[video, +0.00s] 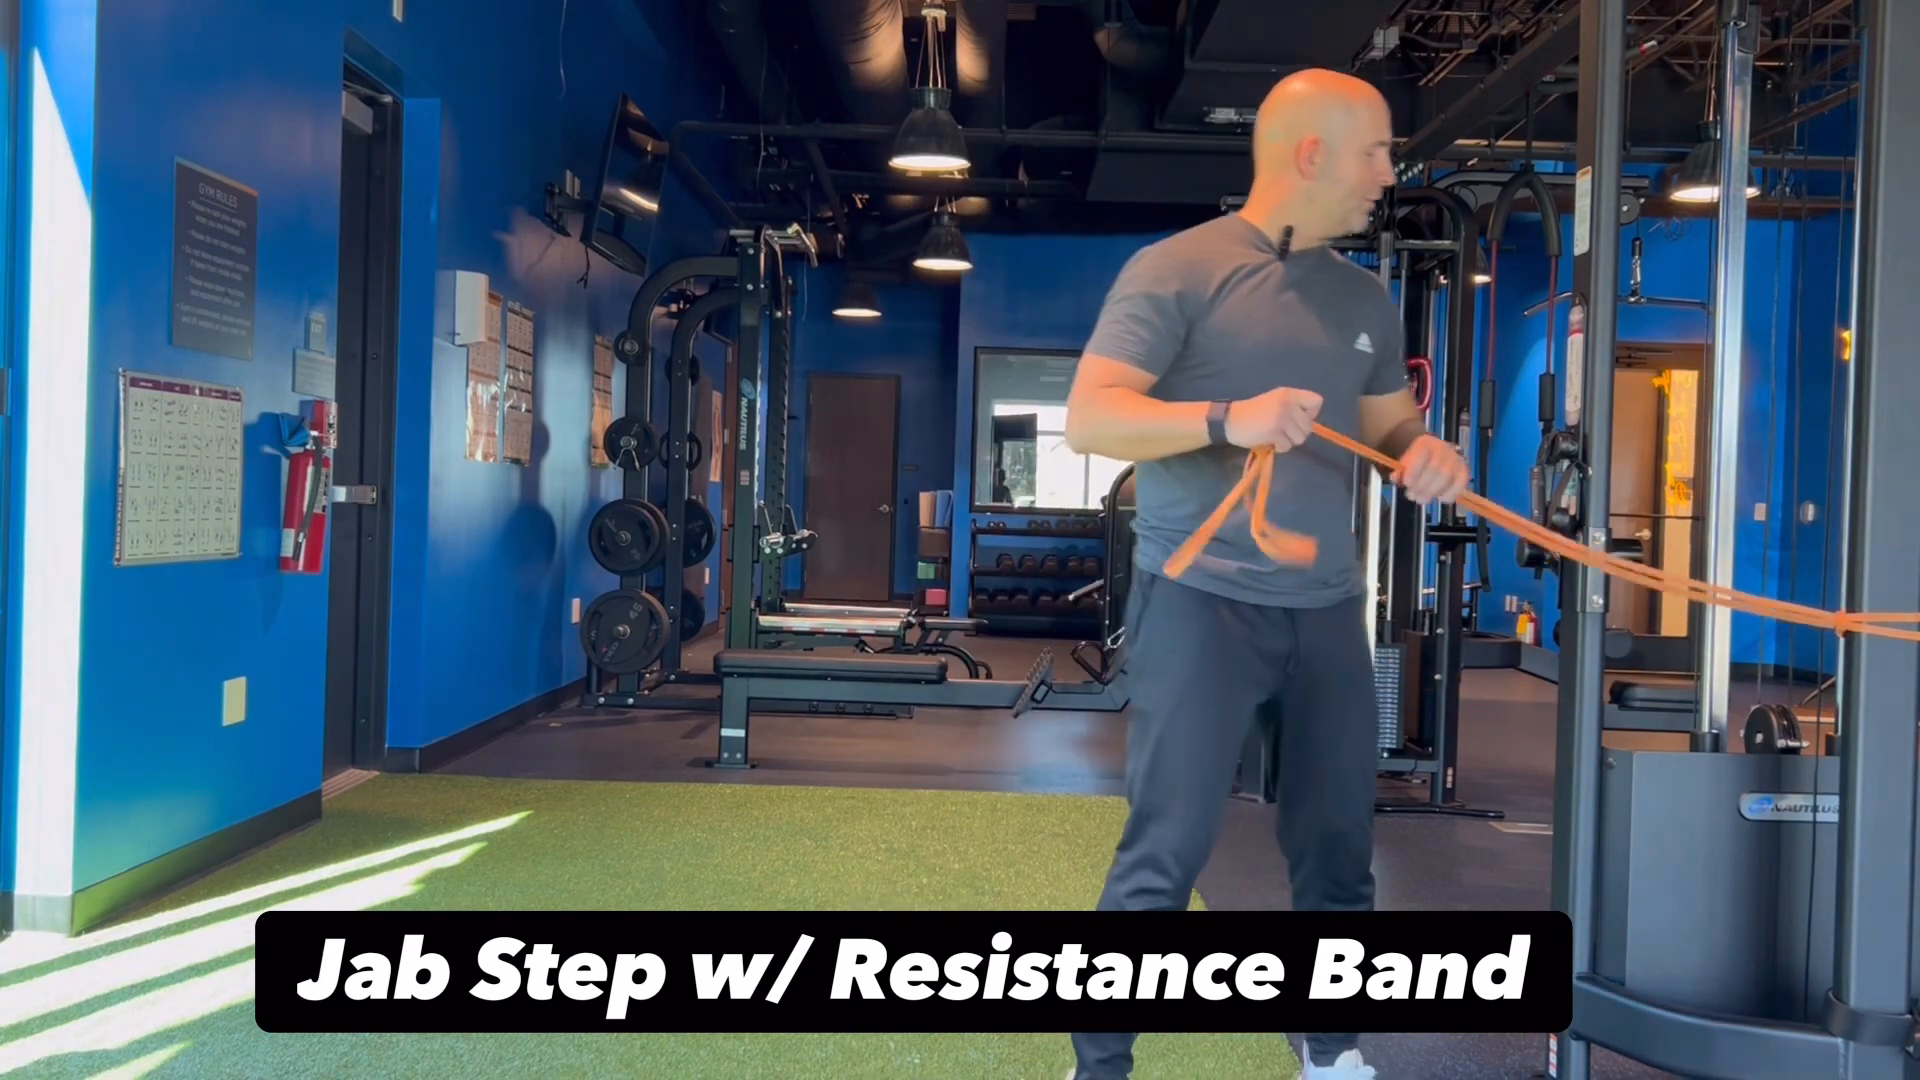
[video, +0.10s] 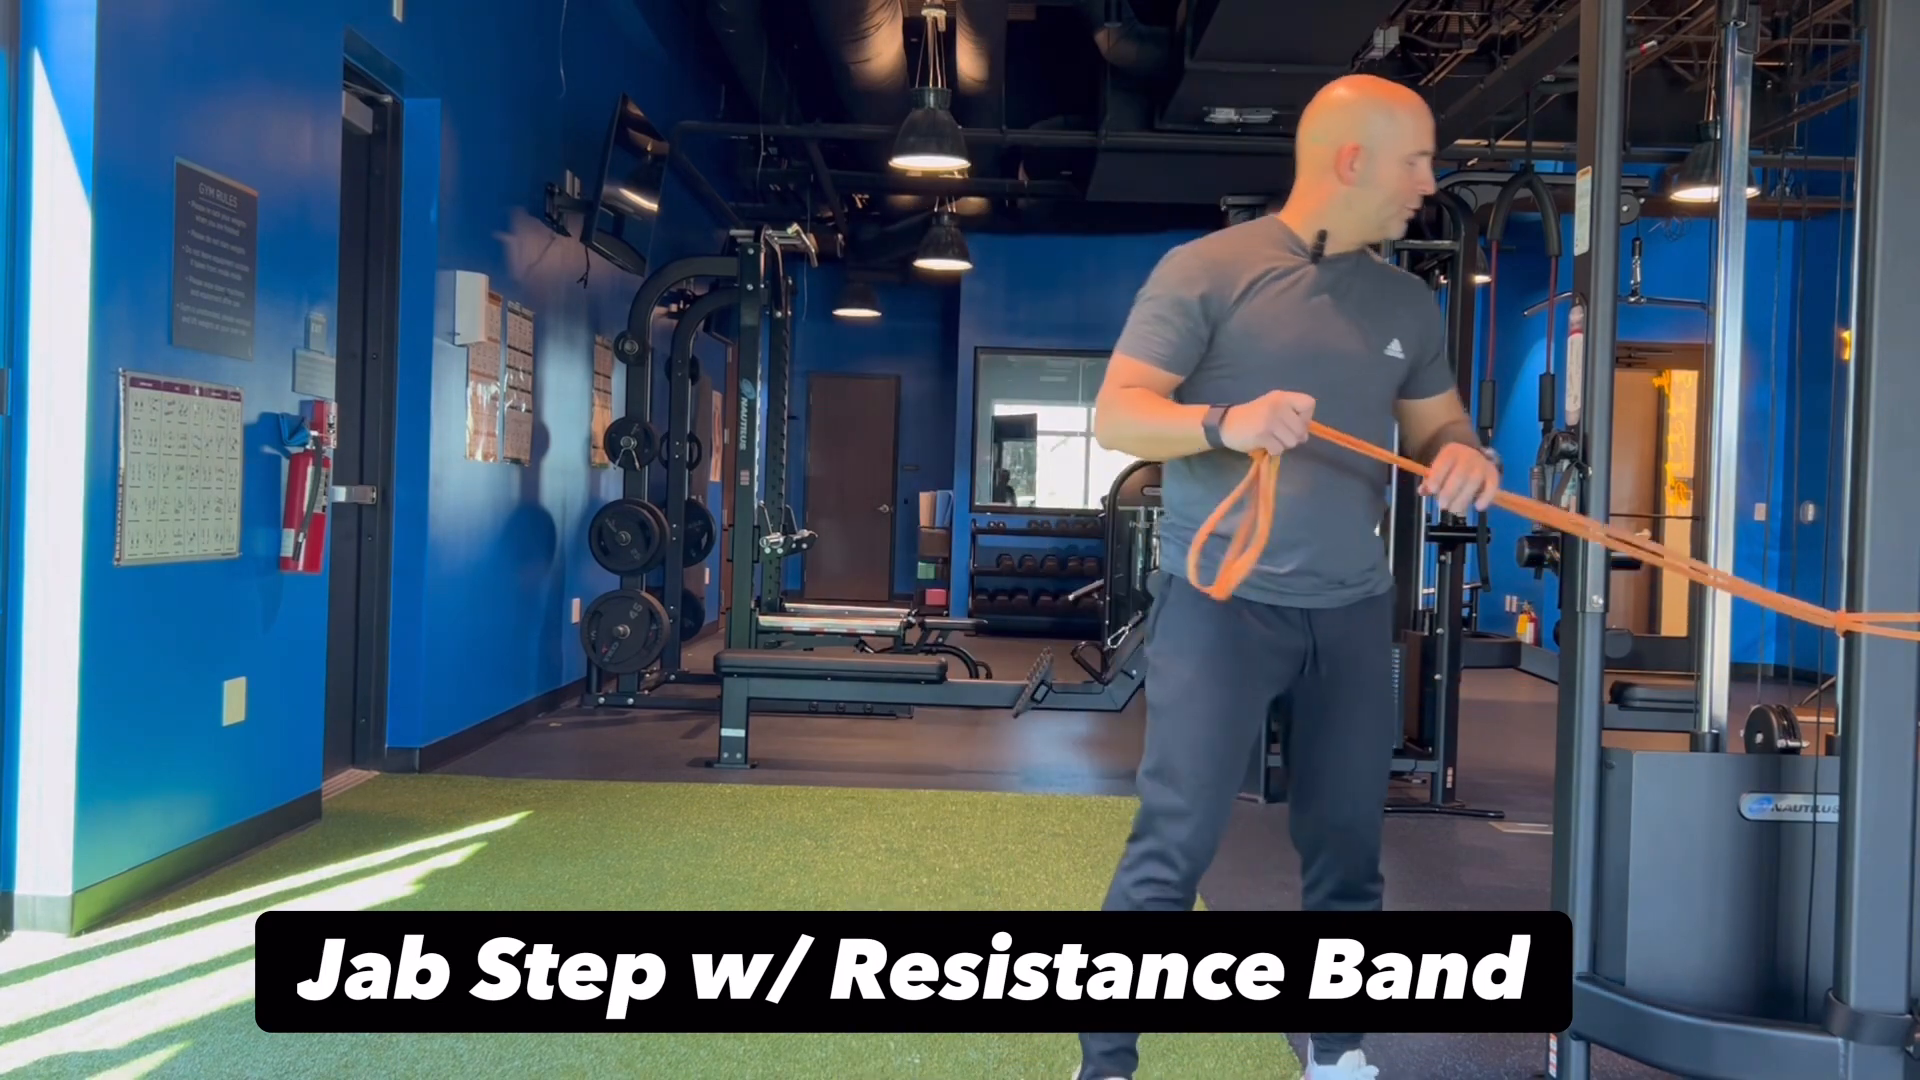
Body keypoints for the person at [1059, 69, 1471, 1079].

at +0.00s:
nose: (1389, 175)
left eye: (1389, 154)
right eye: (1374, 152)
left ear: (1316, 159)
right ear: (1304, 155)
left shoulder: (1366, 299)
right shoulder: (1177, 270)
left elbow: (1387, 429)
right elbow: (1090, 417)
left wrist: (1421, 451)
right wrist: (1224, 418)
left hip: (1327, 609)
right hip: (1199, 601)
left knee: (1339, 850)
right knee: (1167, 851)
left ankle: (1329, 1051)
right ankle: (1100, 1059)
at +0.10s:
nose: (1430, 185)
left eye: (1432, 165)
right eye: (1417, 163)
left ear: (1359, 168)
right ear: (1346, 162)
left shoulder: (1408, 304)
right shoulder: (1205, 272)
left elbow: (1436, 430)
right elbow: (1118, 413)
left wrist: (1463, 454)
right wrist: (1223, 423)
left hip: (1357, 612)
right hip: (1221, 607)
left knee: (1347, 845)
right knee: (1179, 836)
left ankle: (1334, 1050)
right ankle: (1107, 1057)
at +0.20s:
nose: (1459, 194)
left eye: (1463, 174)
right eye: (1449, 170)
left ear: (1386, 171)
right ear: (1379, 165)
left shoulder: (1436, 306)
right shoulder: (1230, 267)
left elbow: (1474, 436)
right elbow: (1138, 402)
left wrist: (1495, 473)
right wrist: (1222, 420)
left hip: (1368, 611)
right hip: (1231, 601)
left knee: (1350, 846)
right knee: (1180, 831)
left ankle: (1332, 1045)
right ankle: (1121, 1051)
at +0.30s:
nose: (1478, 197)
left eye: (1481, 176)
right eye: (1466, 174)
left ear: (1406, 176)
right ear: (1394, 170)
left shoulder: (1454, 307)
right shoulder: (1244, 263)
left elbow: (1486, 437)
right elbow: (1146, 394)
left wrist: (1522, 485)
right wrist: (1214, 413)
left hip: (1372, 612)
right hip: (1234, 600)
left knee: (1351, 851)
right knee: (1192, 832)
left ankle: (1331, 1044)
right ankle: (1150, 1042)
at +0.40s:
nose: (1484, 201)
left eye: (1489, 180)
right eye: (1474, 177)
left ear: (1413, 178)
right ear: (1402, 171)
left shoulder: (1458, 311)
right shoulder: (1249, 263)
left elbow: (1505, 438)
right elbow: (1151, 391)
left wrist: (1577, 501)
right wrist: (1215, 410)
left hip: (1379, 610)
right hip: (1239, 601)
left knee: (1351, 847)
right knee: (1197, 839)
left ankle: (1331, 1046)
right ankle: (1162, 1042)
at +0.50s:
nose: (1486, 199)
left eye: (1491, 180)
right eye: (1475, 175)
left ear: (1414, 175)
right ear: (1403, 167)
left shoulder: (1461, 312)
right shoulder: (1254, 262)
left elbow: (1535, 439)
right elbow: (1157, 392)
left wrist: (1637, 527)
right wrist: (1220, 416)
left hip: (1379, 606)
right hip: (1241, 597)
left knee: (1354, 848)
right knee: (1198, 833)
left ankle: (1330, 1043)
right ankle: (1164, 1041)